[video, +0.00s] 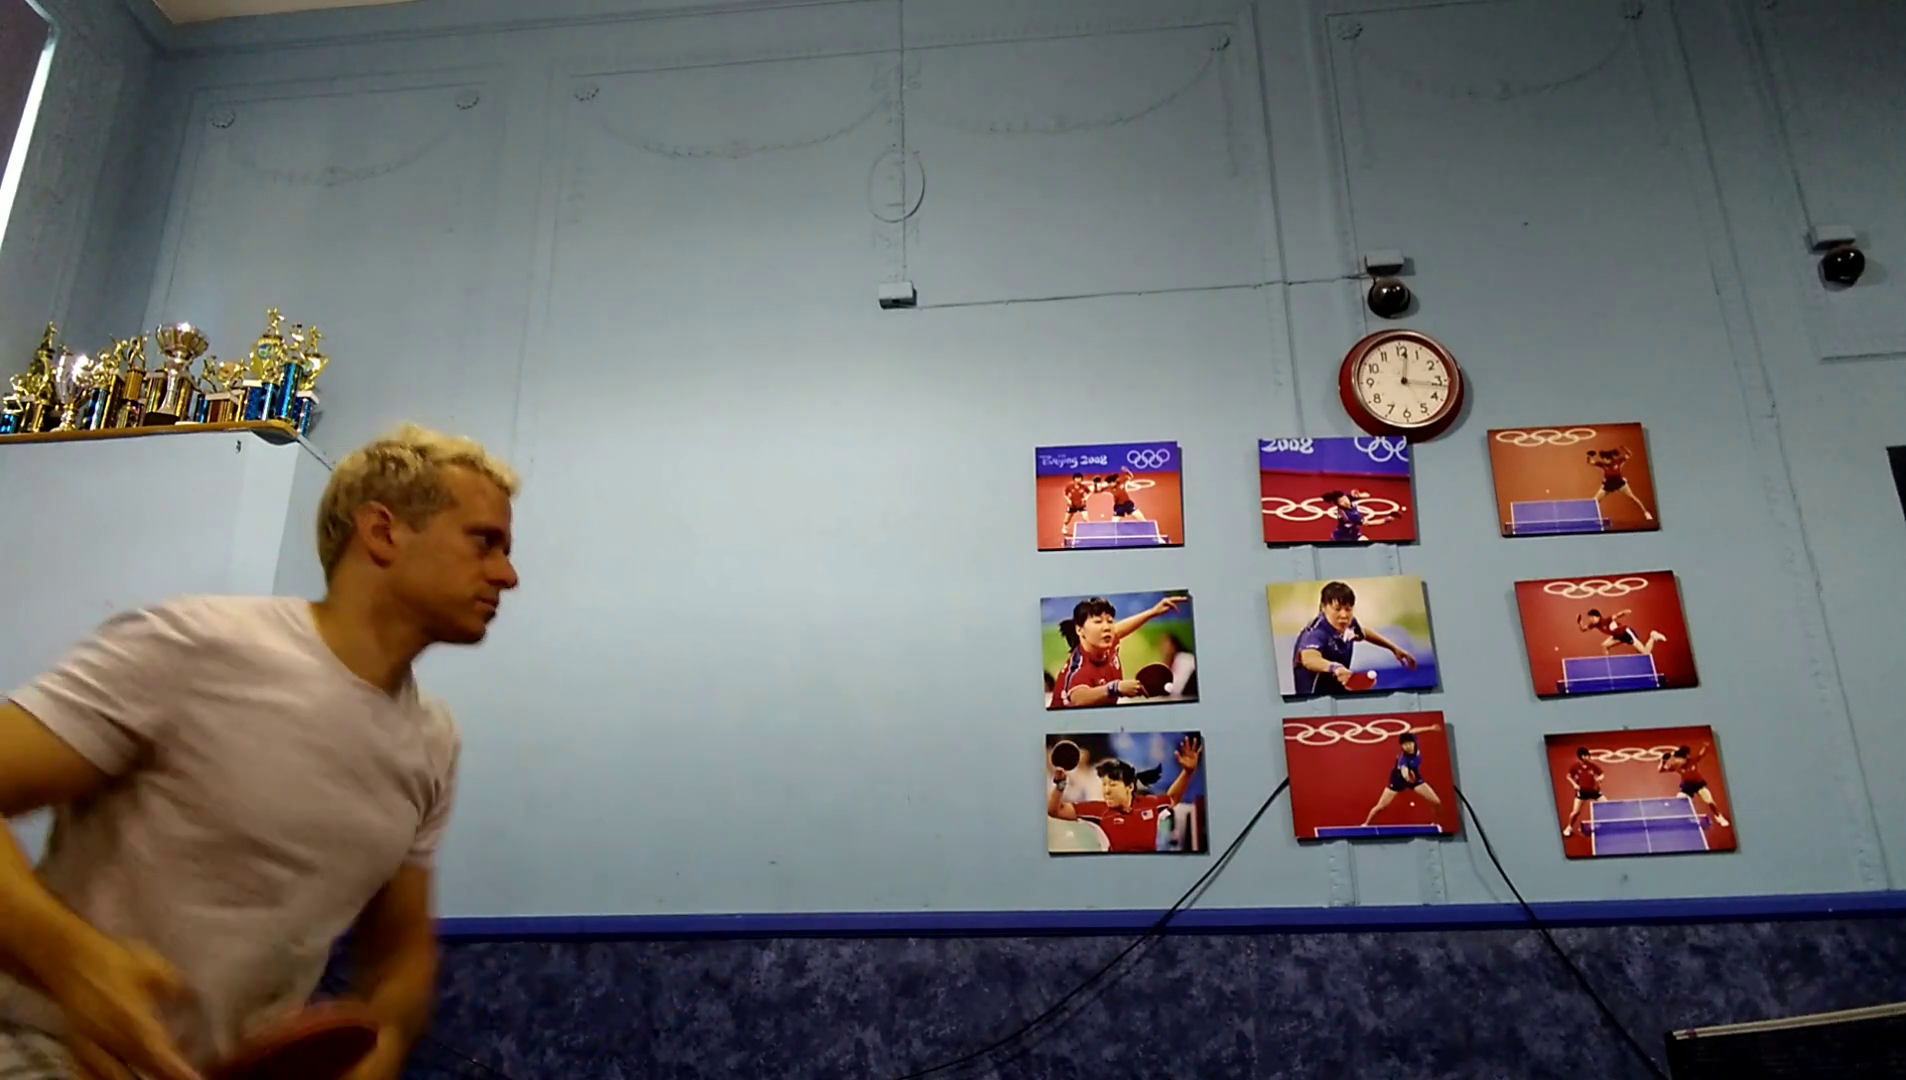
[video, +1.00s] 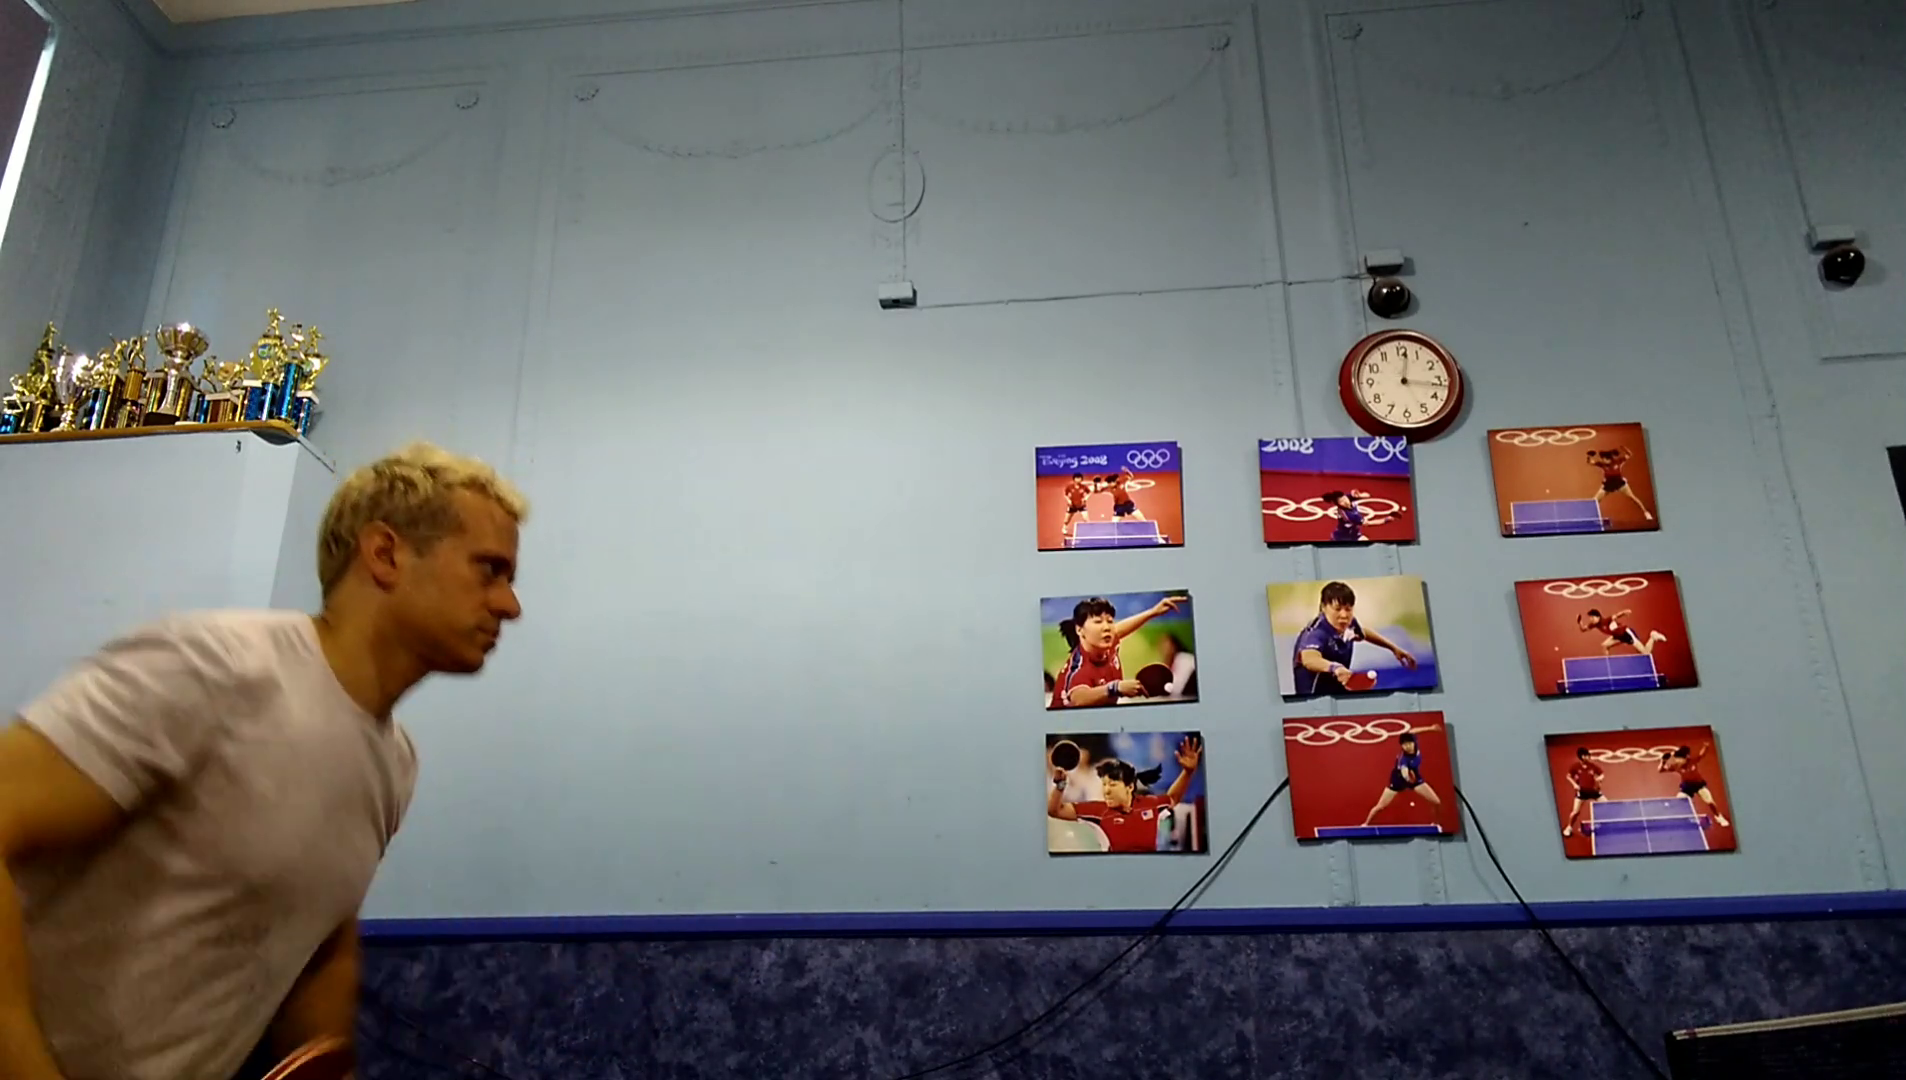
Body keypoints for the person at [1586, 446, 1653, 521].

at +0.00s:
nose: (1605, 461)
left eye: (1606, 459)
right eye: (1603, 459)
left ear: (1610, 458)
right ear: (1602, 459)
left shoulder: (1618, 462)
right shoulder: (1602, 464)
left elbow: (1629, 456)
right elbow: (1590, 463)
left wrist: (1624, 449)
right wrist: (1589, 457)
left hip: (1620, 482)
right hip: (1608, 483)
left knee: (1632, 497)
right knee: (1595, 500)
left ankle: (1645, 512)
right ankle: (1590, 518)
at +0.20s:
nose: (1605, 461)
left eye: (1606, 459)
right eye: (1603, 459)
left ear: (1609, 458)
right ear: (1602, 459)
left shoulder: (1618, 462)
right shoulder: (1602, 464)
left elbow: (1629, 456)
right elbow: (1590, 463)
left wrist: (1624, 449)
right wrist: (1589, 456)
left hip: (1620, 482)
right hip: (1608, 483)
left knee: (1632, 497)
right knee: (1595, 499)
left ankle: (1645, 512)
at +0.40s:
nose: (1605, 461)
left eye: (1606, 459)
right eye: (1603, 459)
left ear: (1609, 458)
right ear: (1602, 459)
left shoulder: (1618, 462)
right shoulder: (1602, 464)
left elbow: (1629, 456)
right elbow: (1590, 463)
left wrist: (1624, 449)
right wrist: (1589, 457)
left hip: (1620, 482)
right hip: (1608, 483)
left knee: (1632, 497)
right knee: (1595, 500)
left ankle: (1645, 512)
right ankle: (1590, 519)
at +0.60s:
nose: (1605, 461)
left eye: (1606, 459)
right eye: (1603, 459)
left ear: (1609, 458)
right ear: (1602, 459)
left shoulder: (1618, 462)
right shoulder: (1602, 464)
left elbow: (1629, 456)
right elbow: (1590, 463)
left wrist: (1624, 449)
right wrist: (1589, 457)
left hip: (1620, 482)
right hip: (1608, 483)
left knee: (1632, 497)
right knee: (1595, 500)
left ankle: (1645, 512)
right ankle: (1591, 519)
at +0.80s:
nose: (1604, 461)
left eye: (1606, 459)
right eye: (1603, 459)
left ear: (1609, 458)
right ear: (1603, 459)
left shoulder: (1618, 462)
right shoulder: (1602, 464)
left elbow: (1629, 456)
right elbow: (1590, 463)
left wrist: (1624, 448)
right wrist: (1589, 457)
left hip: (1620, 482)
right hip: (1608, 483)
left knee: (1632, 497)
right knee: (1595, 499)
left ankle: (1645, 512)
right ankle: (1591, 519)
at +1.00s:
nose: (1604, 461)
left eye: (1606, 459)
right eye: (1603, 459)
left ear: (1609, 458)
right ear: (1603, 459)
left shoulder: (1618, 462)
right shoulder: (1602, 464)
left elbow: (1629, 456)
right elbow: (1590, 463)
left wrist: (1624, 448)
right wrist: (1589, 457)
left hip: (1620, 482)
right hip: (1608, 483)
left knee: (1632, 497)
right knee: (1595, 499)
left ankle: (1645, 512)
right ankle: (1591, 519)